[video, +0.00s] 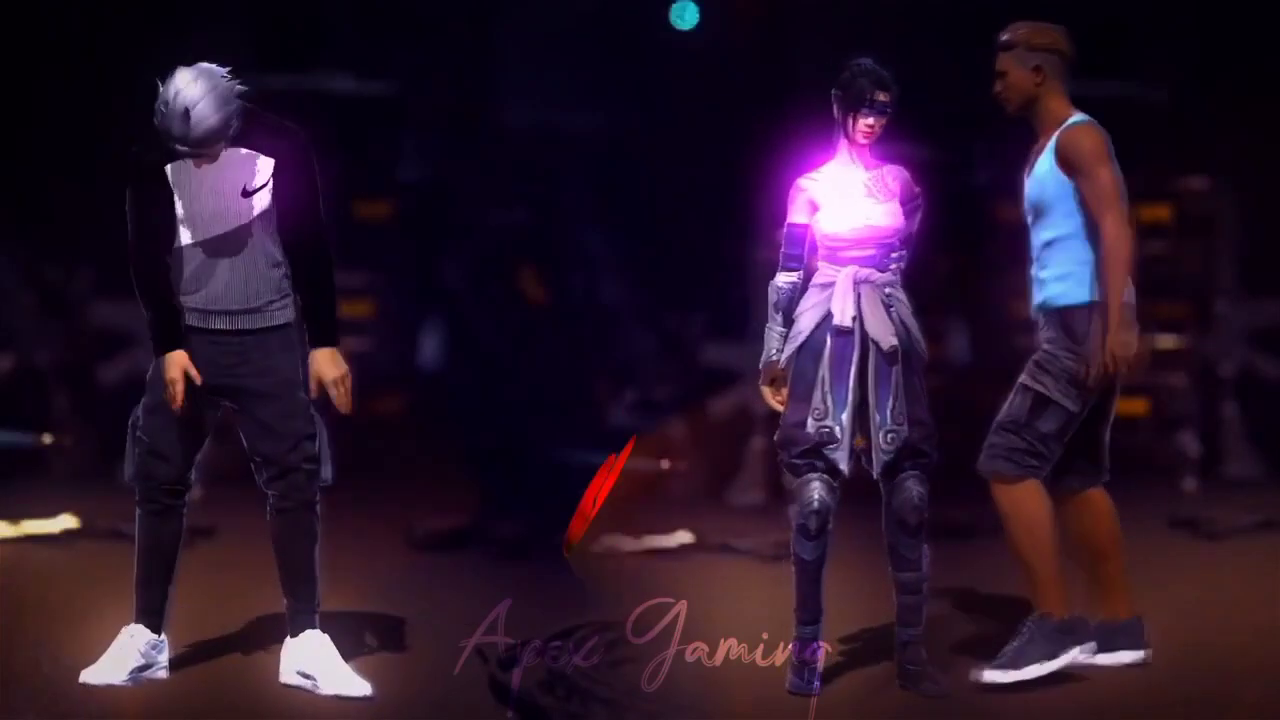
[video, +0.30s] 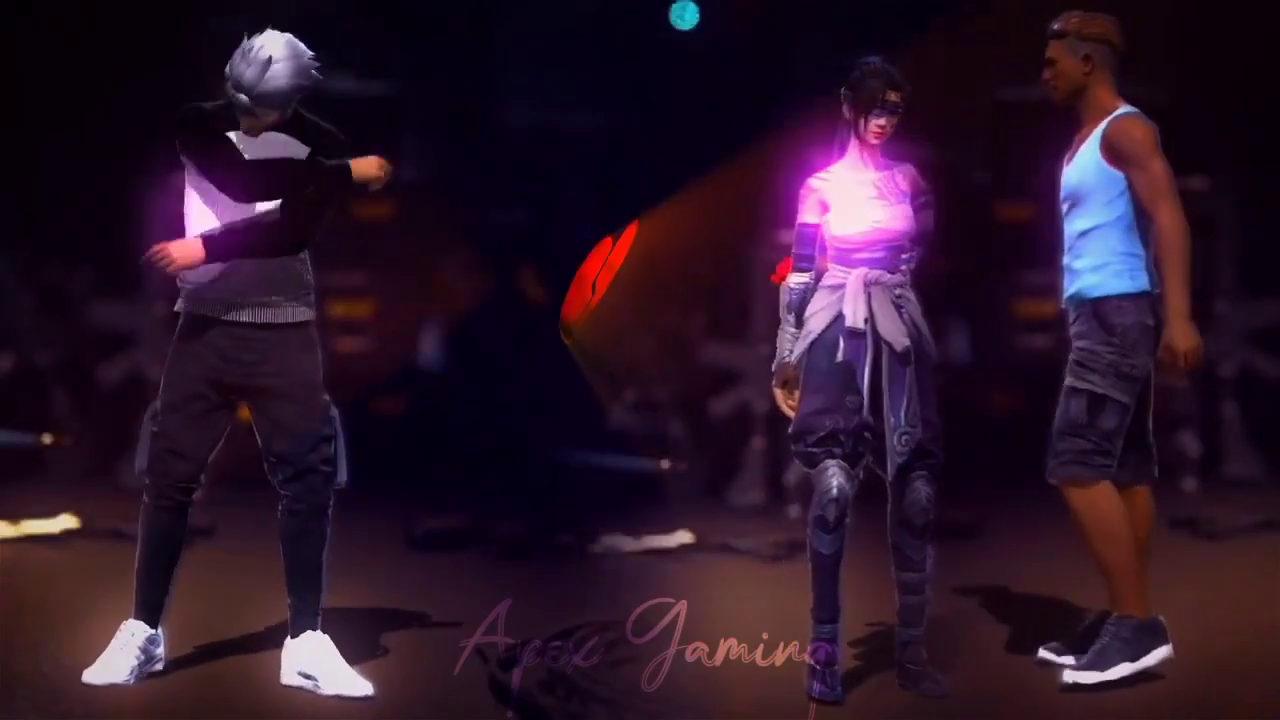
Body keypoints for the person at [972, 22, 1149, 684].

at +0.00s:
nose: (997, 84)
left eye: (1004, 73)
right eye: (997, 74)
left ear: (1040, 74)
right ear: (1033, 76)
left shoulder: (1080, 136)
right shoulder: (1050, 144)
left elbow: (1113, 224)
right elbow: (1068, 239)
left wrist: (1118, 317)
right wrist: (1047, 319)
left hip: (1079, 323)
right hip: (1070, 321)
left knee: (1007, 463)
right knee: (1076, 476)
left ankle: (1054, 621)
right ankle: (1120, 623)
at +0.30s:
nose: (1045, 71)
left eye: (1053, 61)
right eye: (1045, 62)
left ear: (1089, 63)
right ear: (1082, 64)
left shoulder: (1125, 129)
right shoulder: (1087, 136)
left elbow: (1168, 219)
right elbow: (1103, 233)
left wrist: (1178, 316)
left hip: (1117, 313)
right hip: (1101, 313)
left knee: (1077, 466)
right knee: (1129, 473)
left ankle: (1136, 623)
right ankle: (1123, 618)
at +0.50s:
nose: (1085, 70)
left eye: (1095, 59)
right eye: (1086, 60)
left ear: (1133, 61)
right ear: (1123, 64)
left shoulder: (1170, 131)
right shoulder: (1120, 139)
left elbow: (1211, 223)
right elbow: (1124, 240)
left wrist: (1217, 322)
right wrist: (1107, 327)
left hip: (1153, 319)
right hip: (1117, 321)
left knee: (1152, 474)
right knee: (1122, 475)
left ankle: (1199, 634)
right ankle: (1121, 625)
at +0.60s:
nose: (1100, 71)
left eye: (1108, 60)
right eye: (1100, 61)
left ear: (1145, 63)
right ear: (1135, 65)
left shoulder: (1186, 134)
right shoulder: (1129, 141)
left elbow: (1225, 229)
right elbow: (1133, 242)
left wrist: (1227, 326)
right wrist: (1115, 323)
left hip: (1165, 321)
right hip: (1123, 323)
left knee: (1171, 476)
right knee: (1120, 475)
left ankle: (1213, 634)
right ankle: (1121, 623)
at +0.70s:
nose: (1110, 69)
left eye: (1119, 59)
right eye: (1111, 59)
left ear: (1155, 63)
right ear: (1143, 65)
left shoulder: (1197, 134)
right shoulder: (1133, 143)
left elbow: (1234, 230)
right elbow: (1138, 241)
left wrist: (1234, 327)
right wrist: (1120, 321)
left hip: (1174, 321)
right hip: (1128, 323)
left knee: (1183, 476)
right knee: (1121, 473)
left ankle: (1215, 635)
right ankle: (1121, 622)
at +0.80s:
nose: (1112, 69)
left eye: (1121, 59)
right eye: (1112, 59)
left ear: (1158, 63)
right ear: (1142, 66)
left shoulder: (1198, 135)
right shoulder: (1133, 142)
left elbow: (1234, 230)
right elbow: (1136, 241)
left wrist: (1234, 327)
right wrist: (1119, 321)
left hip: (1174, 320)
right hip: (1127, 323)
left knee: (1186, 475)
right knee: (1119, 471)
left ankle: (1215, 636)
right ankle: (1121, 622)